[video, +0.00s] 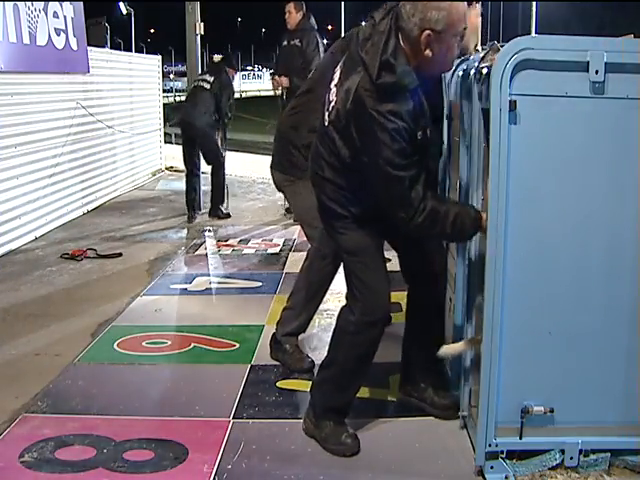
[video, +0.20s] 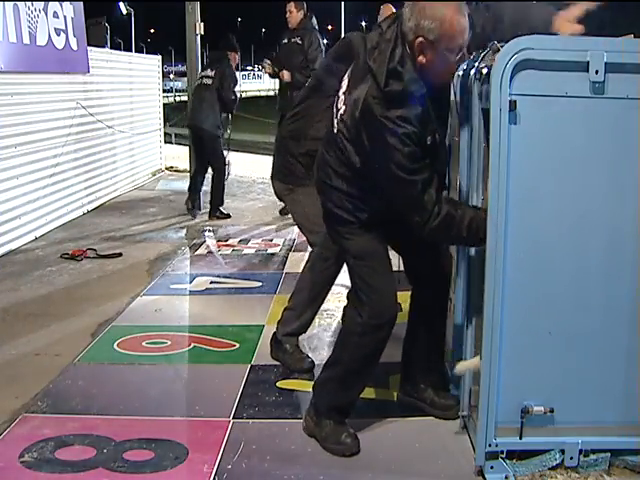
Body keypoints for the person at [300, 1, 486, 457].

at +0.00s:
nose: (461, 46)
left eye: (462, 37)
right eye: (457, 38)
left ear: (424, 36)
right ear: (426, 41)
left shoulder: (399, 29)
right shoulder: (387, 94)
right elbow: (404, 203)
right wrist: (472, 221)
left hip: (392, 179)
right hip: (346, 190)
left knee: (429, 274)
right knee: (371, 306)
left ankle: (420, 380)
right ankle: (324, 413)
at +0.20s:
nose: (461, 59)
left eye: (463, 49)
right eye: (454, 52)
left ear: (425, 45)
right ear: (422, 50)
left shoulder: (411, 30)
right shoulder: (396, 105)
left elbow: (486, 16)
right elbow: (420, 209)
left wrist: (551, 17)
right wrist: (500, 225)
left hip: (395, 190)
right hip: (349, 192)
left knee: (434, 275)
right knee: (378, 305)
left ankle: (419, 382)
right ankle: (325, 410)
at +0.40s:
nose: (460, 86)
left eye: (464, 74)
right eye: (450, 79)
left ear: (469, 47)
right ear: (420, 64)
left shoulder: (458, 34)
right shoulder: (396, 114)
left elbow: (504, 25)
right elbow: (433, 217)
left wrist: (574, 29)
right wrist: (508, 227)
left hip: (408, 186)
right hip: (356, 188)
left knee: (437, 270)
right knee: (375, 301)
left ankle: (420, 381)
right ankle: (323, 410)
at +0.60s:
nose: (464, 101)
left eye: (469, 88)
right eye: (453, 91)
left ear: (475, 55)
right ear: (425, 71)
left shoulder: (458, 34)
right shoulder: (403, 117)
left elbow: (510, 23)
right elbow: (440, 210)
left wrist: (578, 28)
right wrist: (505, 238)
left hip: (411, 187)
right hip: (359, 186)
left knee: (439, 273)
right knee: (374, 300)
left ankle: (420, 382)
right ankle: (322, 409)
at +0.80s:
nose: (457, 118)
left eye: (463, 106)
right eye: (447, 110)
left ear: (471, 66)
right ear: (422, 88)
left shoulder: (454, 41)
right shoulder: (395, 128)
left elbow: (489, 24)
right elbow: (449, 214)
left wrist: (541, 27)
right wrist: (510, 236)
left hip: (414, 190)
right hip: (356, 194)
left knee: (436, 275)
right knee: (377, 303)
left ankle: (420, 381)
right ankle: (323, 408)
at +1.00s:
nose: (446, 129)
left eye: (453, 117)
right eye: (436, 121)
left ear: (461, 82)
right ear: (412, 99)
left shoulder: (421, 41)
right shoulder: (397, 148)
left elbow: (447, 15)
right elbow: (448, 229)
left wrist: (483, 19)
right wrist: (507, 250)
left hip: (406, 193)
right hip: (348, 197)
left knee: (430, 278)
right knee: (373, 305)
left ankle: (419, 381)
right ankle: (322, 409)